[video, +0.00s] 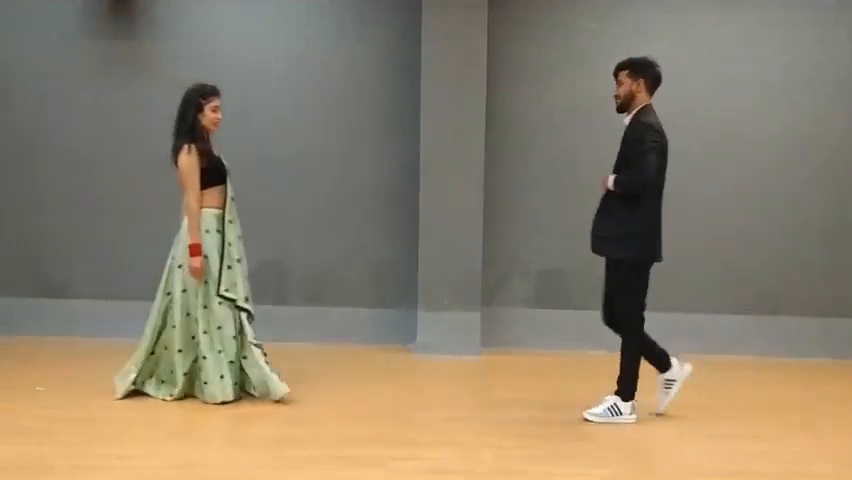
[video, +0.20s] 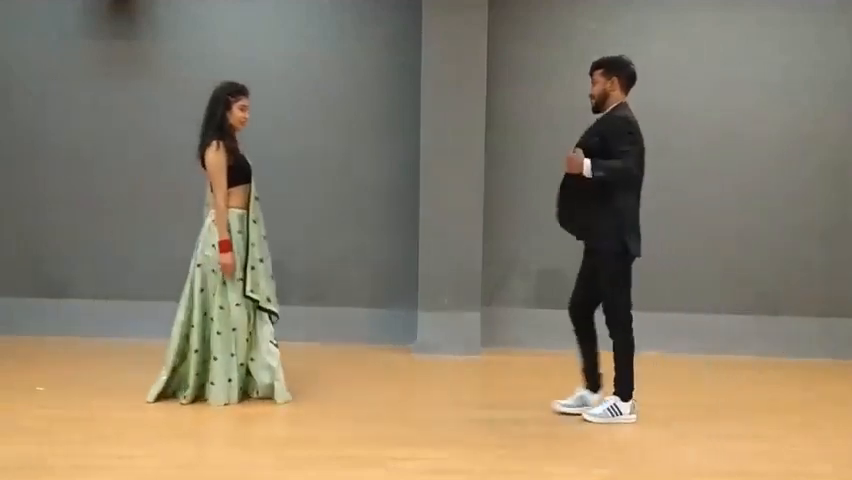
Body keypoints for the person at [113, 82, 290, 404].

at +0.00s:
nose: (219, 116)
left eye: (219, 110)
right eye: (213, 110)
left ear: (213, 113)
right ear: (196, 112)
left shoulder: (206, 149)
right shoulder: (189, 151)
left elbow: (208, 201)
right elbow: (191, 201)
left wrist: (224, 242)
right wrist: (195, 248)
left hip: (218, 234)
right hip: (204, 234)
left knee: (218, 307)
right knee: (204, 309)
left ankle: (219, 376)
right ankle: (206, 377)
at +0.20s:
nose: (246, 115)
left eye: (247, 109)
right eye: (241, 108)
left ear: (238, 111)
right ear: (224, 109)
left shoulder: (230, 146)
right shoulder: (217, 148)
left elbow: (229, 198)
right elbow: (219, 199)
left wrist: (242, 241)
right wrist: (225, 246)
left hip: (242, 232)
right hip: (228, 234)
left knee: (241, 309)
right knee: (228, 310)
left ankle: (239, 379)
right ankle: (225, 381)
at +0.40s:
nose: (271, 119)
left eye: (272, 113)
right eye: (266, 113)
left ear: (262, 116)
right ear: (249, 113)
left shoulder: (252, 149)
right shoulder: (239, 152)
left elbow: (251, 202)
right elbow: (243, 203)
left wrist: (261, 245)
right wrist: (249, 249)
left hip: (263, 234)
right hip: (249, 236)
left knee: (262, 308)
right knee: (247, 309)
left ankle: (260, 377)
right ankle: (240, 379)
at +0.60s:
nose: (296, 122)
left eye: (297, 116)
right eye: (292, 115)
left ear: (283, 117)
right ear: (275, 115)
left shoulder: (277, 153)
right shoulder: (269, 155)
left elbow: (273, 206)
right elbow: (272, 207)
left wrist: (283, 249)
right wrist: (275, 253)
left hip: (290, 239)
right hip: (281, 240)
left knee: (289, 310)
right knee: (280, 311)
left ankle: (285, 378)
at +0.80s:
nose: (326, 119)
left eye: (327, 113)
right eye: (321, 113)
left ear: (315, 118)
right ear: (305, 116)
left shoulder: (310, 153)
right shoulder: (303, 156)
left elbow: (312, 207)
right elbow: (307, 208)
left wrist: (319, 250)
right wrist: (313, 253)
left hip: (322, 241)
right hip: (311, 243)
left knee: (322, 312)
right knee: (313, 314)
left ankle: (311, 380)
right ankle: (268, 376)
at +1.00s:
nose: (350, 117)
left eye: (351, 111)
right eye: (345, 112)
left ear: (337, 114)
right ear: (329, 114)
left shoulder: (334, 149)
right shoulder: (328, 151)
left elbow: (338, 200)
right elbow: (339, 200)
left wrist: (346, 242)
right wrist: (344, 244)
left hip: (338, 234)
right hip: (334, 236)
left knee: (340, 308)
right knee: (337, 309)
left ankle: (338, 377)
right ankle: (335, 379)